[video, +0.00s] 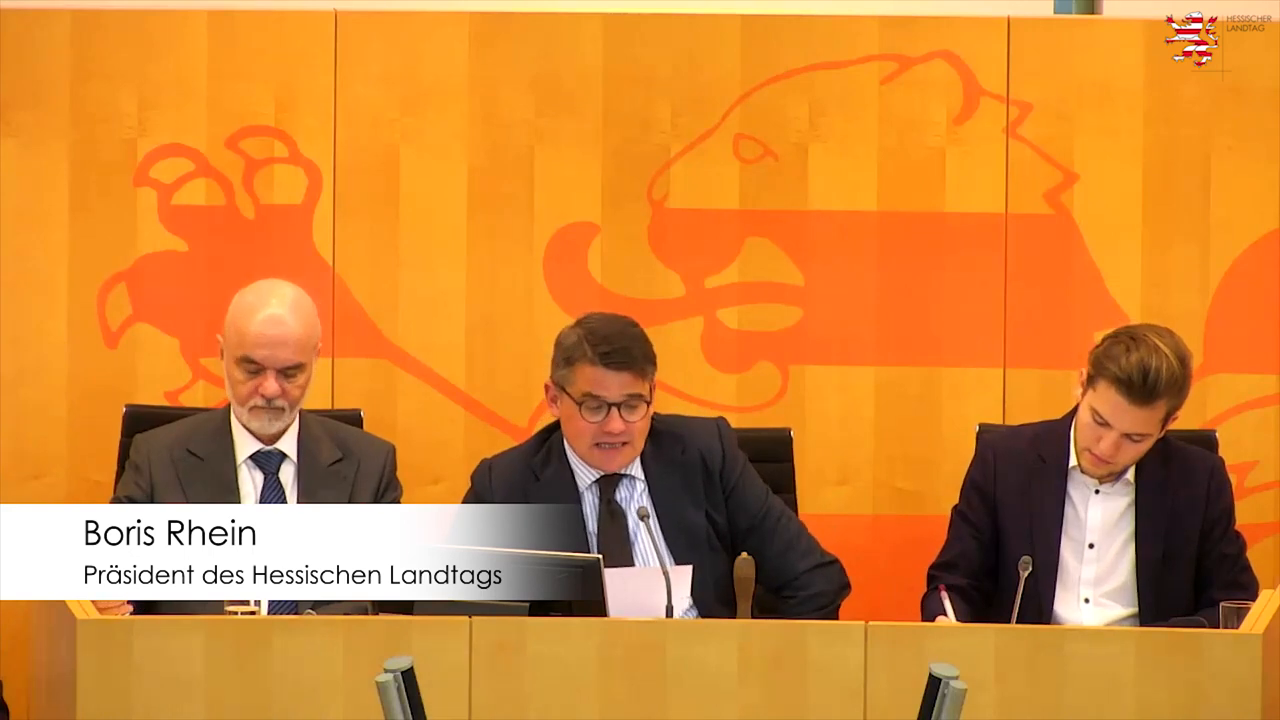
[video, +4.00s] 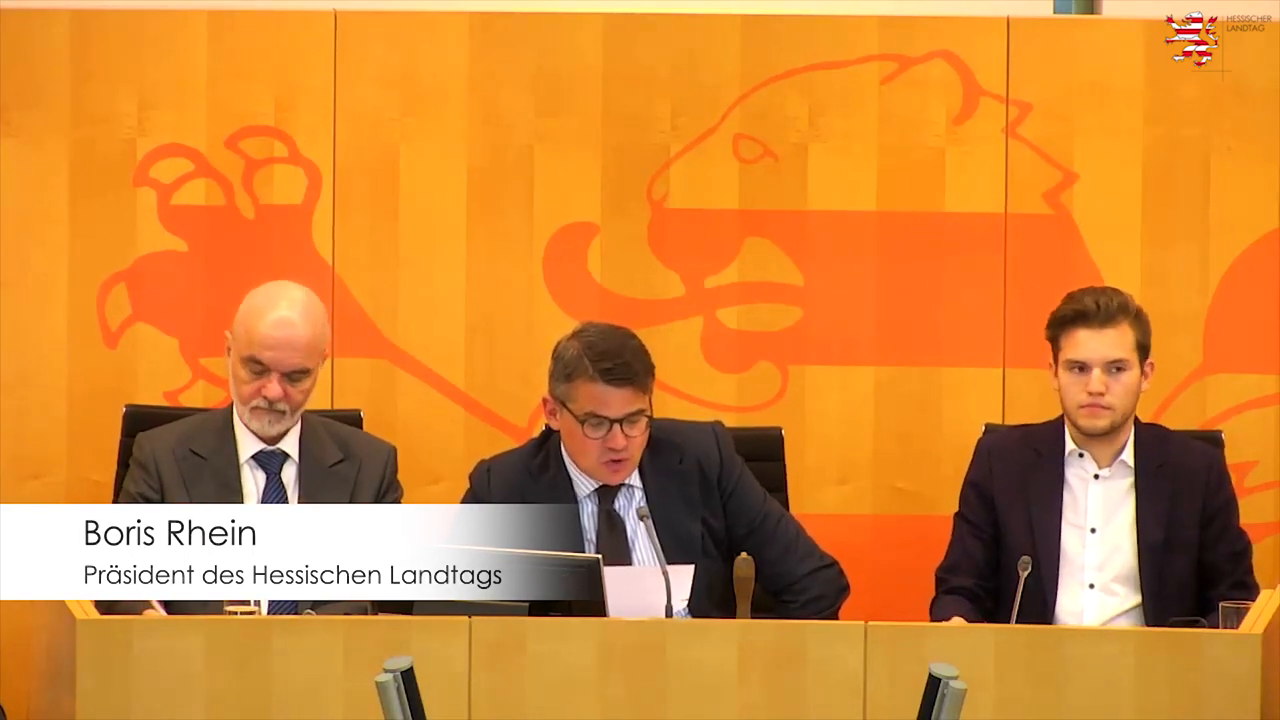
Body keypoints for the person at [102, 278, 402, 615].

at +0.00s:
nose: (271, 390)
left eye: (291, 372)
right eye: (252, 369)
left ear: (315, 357)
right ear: (222, 353)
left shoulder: (370, 463)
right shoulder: (154, 458)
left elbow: (392, 594)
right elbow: (114, 568)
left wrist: (308, 631)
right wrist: (107, 604)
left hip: (328, 668)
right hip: (190, 666)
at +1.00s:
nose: (265, 391)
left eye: (288, 374)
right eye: (248, 368)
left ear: (317, 363)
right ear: (223, 351)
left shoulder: (370, 463)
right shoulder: (154, 457)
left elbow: (389, 591)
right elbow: (115, 566)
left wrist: (309, 631)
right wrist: (108, 603)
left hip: (327, 667)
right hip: (190, 663)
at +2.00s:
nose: (270, 388)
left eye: (293, 372)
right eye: (254, 365)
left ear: (320, 363)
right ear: (227, 350)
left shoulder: (371, 463)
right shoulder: (158, 456)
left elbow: (383, 587)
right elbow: (117, 575)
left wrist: (311, 633)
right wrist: (147, 618)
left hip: (325, 665)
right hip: (195, 660)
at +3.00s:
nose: (289, 391)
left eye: (306, 371)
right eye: (268, 369)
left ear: (322, 362)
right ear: (227, 357)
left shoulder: (371, 463)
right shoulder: (159, 457)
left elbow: (385, 587)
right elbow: (118, 578)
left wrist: (312, 633)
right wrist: (147, 618)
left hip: (327, 664)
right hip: (197, 660)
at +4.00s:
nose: (273, 392)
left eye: (296, 376)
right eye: (256, 369)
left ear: (322, 363)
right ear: (228, 351)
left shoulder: (372, 464)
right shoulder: (159, 455)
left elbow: (391, 588)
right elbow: (116, 575)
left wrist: (314, 635)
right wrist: (144, 615)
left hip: (327, 667)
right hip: (195, 661)